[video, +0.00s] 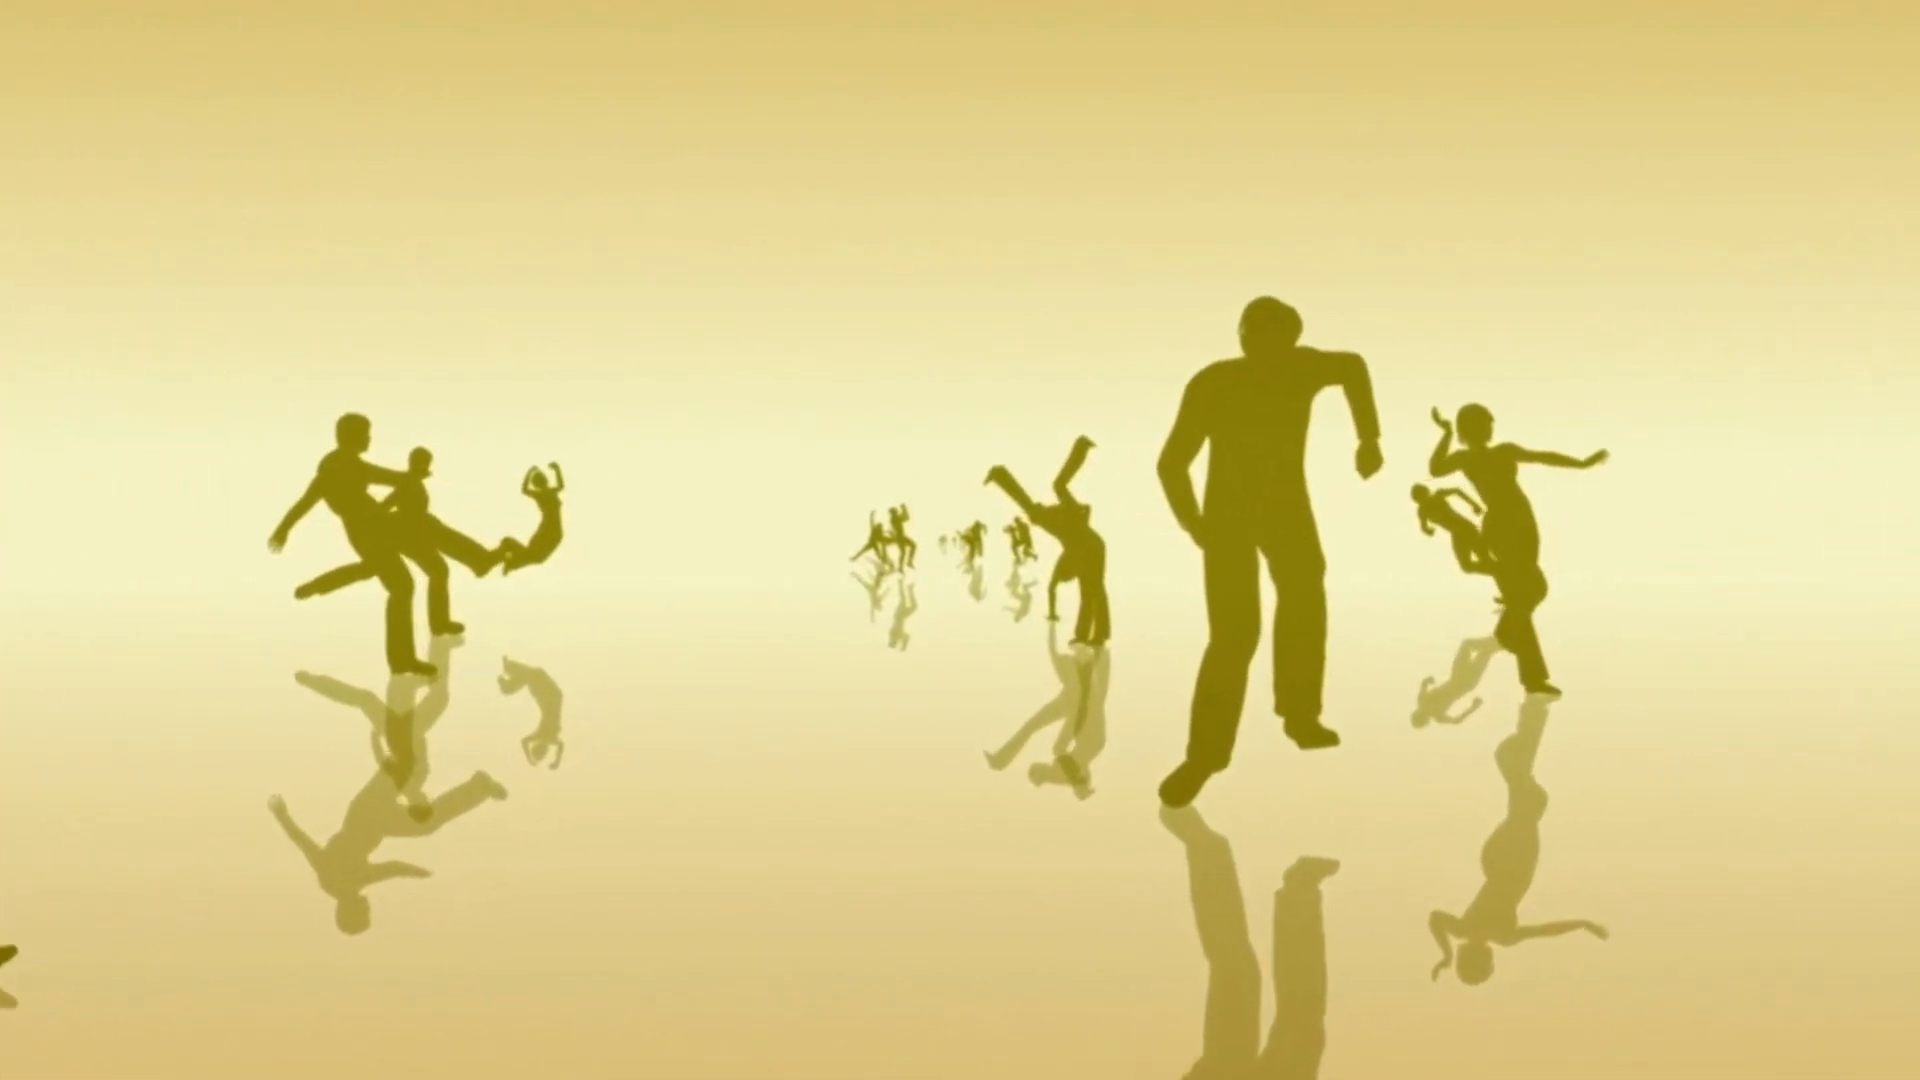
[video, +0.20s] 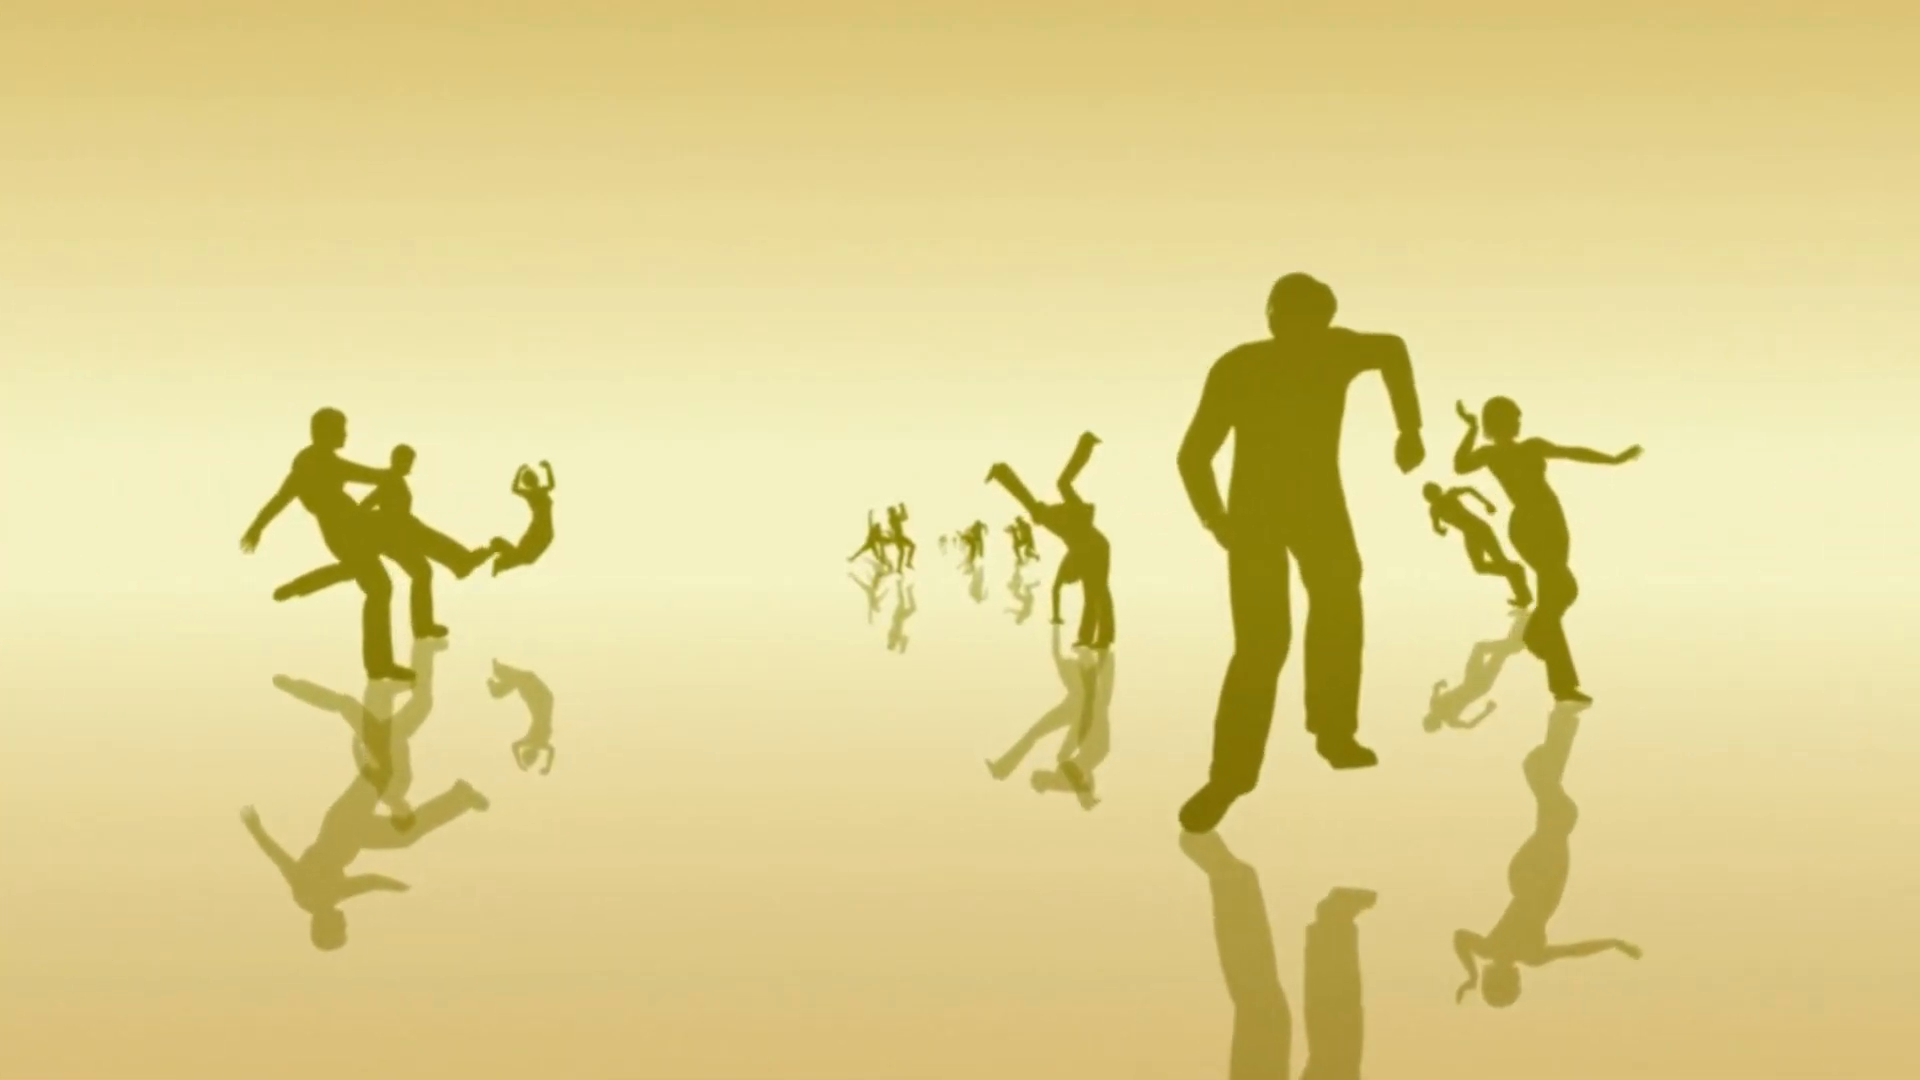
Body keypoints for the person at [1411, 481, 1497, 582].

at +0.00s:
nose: (1423, 499)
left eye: (1423, 495)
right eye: (1419, 498)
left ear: (1426, 491)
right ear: (1416, 500)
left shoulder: (1438, 495)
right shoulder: (1422, 511)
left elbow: (1457, 490)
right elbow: (1424, 527)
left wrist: (1474, 504)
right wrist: (1429, 530)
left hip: (1465, 525)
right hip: (1455, 532)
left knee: (1484, 557)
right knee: (1466, 565)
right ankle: (1497, 569)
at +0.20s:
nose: (1433, 498)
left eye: (1433, 494)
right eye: (1429, 496)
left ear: (1437, 491)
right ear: (1428, 498)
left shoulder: (1450, 494)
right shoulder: (1434, 509)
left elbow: (1469, 489)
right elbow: (1436, 526)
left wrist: (1486, 503)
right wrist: (1441, 530)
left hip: (1478, 526)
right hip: (1468, 532)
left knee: (1500, 560)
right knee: (1479, 566)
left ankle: (1522, 595)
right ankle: (1513, 569)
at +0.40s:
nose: (1445, 497)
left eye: (1446, 493)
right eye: (1442, 495)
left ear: (1450, 490)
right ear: (1441, 496)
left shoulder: (1464, 493)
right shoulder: (1447, 509)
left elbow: (1483, 488)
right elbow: (1448, 526)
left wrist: (1500, 502)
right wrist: (1454, 530)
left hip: (1492, 526)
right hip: (1482, 532)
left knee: (1514, 560)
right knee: (1493, 567)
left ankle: (1537, 597)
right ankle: (1527, 569)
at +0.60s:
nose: (1458, 496)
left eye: (1459, 492)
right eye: (1455, 494)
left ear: (1463, 488)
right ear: (1454, 495)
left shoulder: (1477, 491)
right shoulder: (1460, 508)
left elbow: (1497, 486)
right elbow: (1462, 526)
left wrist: (1515, 501)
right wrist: (1467, 530)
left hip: (1506, 525)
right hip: (1496, 532)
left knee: (1529, 561)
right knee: (1508, 568)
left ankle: (1553, 598)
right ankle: (1543, 570)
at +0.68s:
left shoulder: (1483, 493)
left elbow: (1505, 485)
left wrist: (1525, 501)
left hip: (1517, 526)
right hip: (1505, 532)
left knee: (1539, 562)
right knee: (1516, 568)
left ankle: (1563, 600)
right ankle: (1552, 572)